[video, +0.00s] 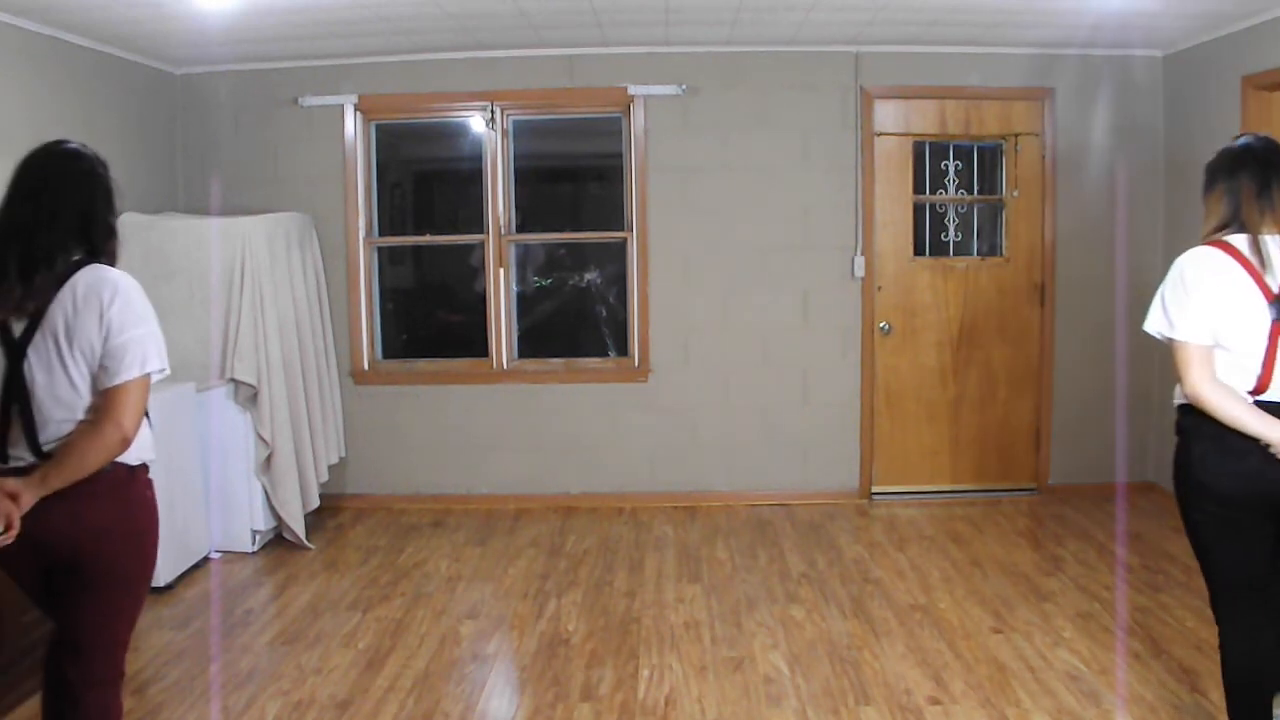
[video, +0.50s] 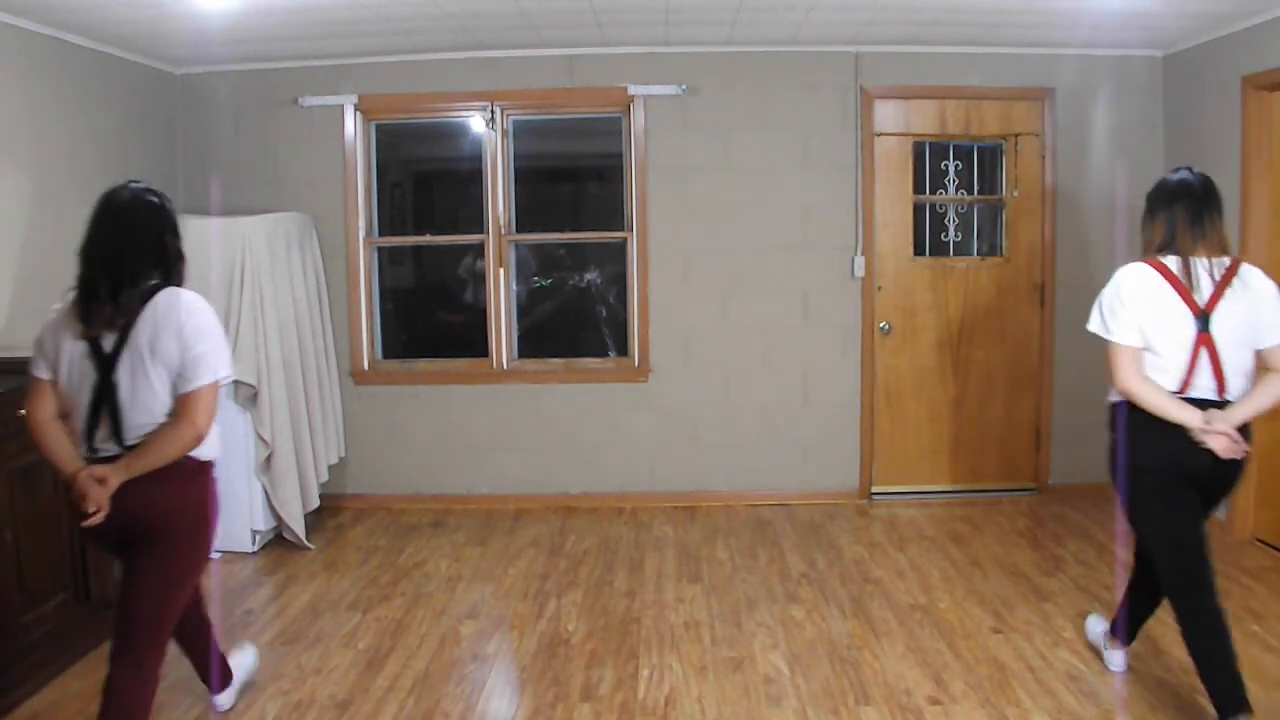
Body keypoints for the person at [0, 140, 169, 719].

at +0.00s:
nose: (114, 215)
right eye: (110, 204)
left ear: (17, 207)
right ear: (99, 214)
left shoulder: (7, 291)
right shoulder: (110, 291)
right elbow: (116, 422)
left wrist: (21, 487)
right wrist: (31, 485)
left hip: (14, 509)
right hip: (103, 508)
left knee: (76, 642)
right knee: (92, 682)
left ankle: (67, 706)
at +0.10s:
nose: (126, 221)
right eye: (121, 209)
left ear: (31, 211)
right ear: (112, 218)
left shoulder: (8, 292)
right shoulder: (124, 291)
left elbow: (5, 411)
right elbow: (128, 419)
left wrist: (8, 473)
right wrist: (41, 481)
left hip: (20, 508)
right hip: (113, 506)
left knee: (103, 633)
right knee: (97, 688)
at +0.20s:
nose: (134, 224)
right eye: (131, 212)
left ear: (43, 213)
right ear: (122, 220)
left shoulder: (12, 295)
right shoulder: (134, 292)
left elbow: (3, 412)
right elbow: (136, 418)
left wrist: (11, 471)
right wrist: (54, 479)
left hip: (29, 504)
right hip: (122, 502)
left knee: (108, 626)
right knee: (103, 676)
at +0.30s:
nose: (148, 233)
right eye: (143, 221)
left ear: (60, 222)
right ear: (136, 229)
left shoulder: (20, 305)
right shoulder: (148, 298)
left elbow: (5, 407)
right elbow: (150, 419)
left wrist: (29, 477)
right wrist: (68, 479)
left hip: (55, 506)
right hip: (136, 502)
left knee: (139, 639)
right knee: (109, 671)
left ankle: (160, 714)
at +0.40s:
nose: (163, 244)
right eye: (158, 233)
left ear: (78, 237)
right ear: (151, 241)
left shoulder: (38, 318)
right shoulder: (165, 309)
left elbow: (17, 419)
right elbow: (170, 425)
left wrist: (53, 480)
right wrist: (89, 480)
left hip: (74, 500)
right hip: (153, 500)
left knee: (156, 602)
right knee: (121, 660)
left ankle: (200, 687)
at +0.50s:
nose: (175, 246)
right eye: (172, 236)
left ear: (95, 243)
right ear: (168, 245)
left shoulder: (66, 319)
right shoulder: (186, 313)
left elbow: (39, 414)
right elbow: (193, 424)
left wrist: (79, 476)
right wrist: (116, 473)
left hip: (98, 499)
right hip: (173, 496)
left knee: (176, 592)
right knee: (135, 656)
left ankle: (222, 678)